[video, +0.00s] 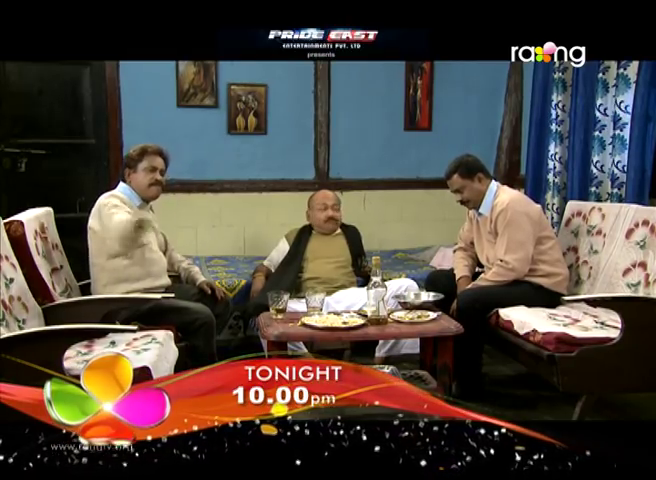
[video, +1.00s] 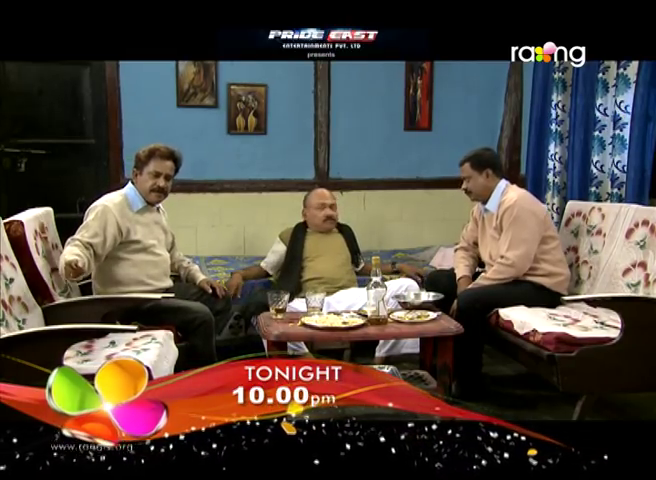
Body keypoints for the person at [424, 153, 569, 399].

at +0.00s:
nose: (458, 199)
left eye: (460, 191)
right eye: (455, 194)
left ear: (480, 180)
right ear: (478, 181)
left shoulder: (512, 206)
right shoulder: (477, 208)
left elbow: (513, 266)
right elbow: (464, 248)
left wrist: (466, 294)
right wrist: (463, 283)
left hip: (542, 286)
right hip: (504, 277)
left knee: (468, 302)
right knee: (437, 280)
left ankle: (467, 386)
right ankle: (440, 370)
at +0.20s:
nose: (458, 199)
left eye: (460, 191)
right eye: (455, 194)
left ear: (480, 180)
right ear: (478, 181)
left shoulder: (513, 206)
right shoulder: (477, 208)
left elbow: (513, 266)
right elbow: (464, 248)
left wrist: (466, 294)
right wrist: (463, 283)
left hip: (541, 286)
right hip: (504, 277)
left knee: (468, 302)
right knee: (437, 280)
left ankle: (467, 387)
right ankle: (440, 370)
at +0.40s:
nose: (459, 198)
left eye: (461, 189)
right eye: (456, 192)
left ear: (482, 179)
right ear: (479, 181)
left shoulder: (514, 206)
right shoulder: (478, 208)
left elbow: (513, 267)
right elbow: (464, 248)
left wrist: (467, 294)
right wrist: (463, 282)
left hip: (541, 286)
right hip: (504, 277)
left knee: (468, 303)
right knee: (437, 280)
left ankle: (467, 387)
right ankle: (440, 371)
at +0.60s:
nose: (460, 194)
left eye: (463, 186)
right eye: (457, 189)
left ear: (483, 178)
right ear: (481, 179)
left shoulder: (515, 206)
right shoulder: (479, 208)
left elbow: (513, 266)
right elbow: (464, 248)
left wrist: (468, 293)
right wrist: (463, 281)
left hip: (541, 286)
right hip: (504, 277)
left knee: (468, 303)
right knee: (437, 280)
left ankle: (467, 386)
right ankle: (438, 370)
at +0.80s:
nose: (461, 190)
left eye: (464, 183)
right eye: (459, 184)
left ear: (485, 177)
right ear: (483, 178)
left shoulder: (517, 206)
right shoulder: (480, 207)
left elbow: (513, 266)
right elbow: (465, 247)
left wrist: (469, 292)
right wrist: (463, 281)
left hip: (541, 286)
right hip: (504, 278)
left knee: (468, 302)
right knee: (437, 280)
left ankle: (467, 386)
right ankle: (438, 371)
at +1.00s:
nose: (463, 187)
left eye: (467, 179)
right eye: (462, 181)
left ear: (487, 175)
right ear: (484, 177)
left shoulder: (519, 204)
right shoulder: (482, 207)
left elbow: (513, 265)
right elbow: (465, 247)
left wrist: (469, 292)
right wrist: (464, 280)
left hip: (541, 286)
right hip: (504, 278)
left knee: (469, 302)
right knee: (437, 280)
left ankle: (467, 386)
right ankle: (437, 371)